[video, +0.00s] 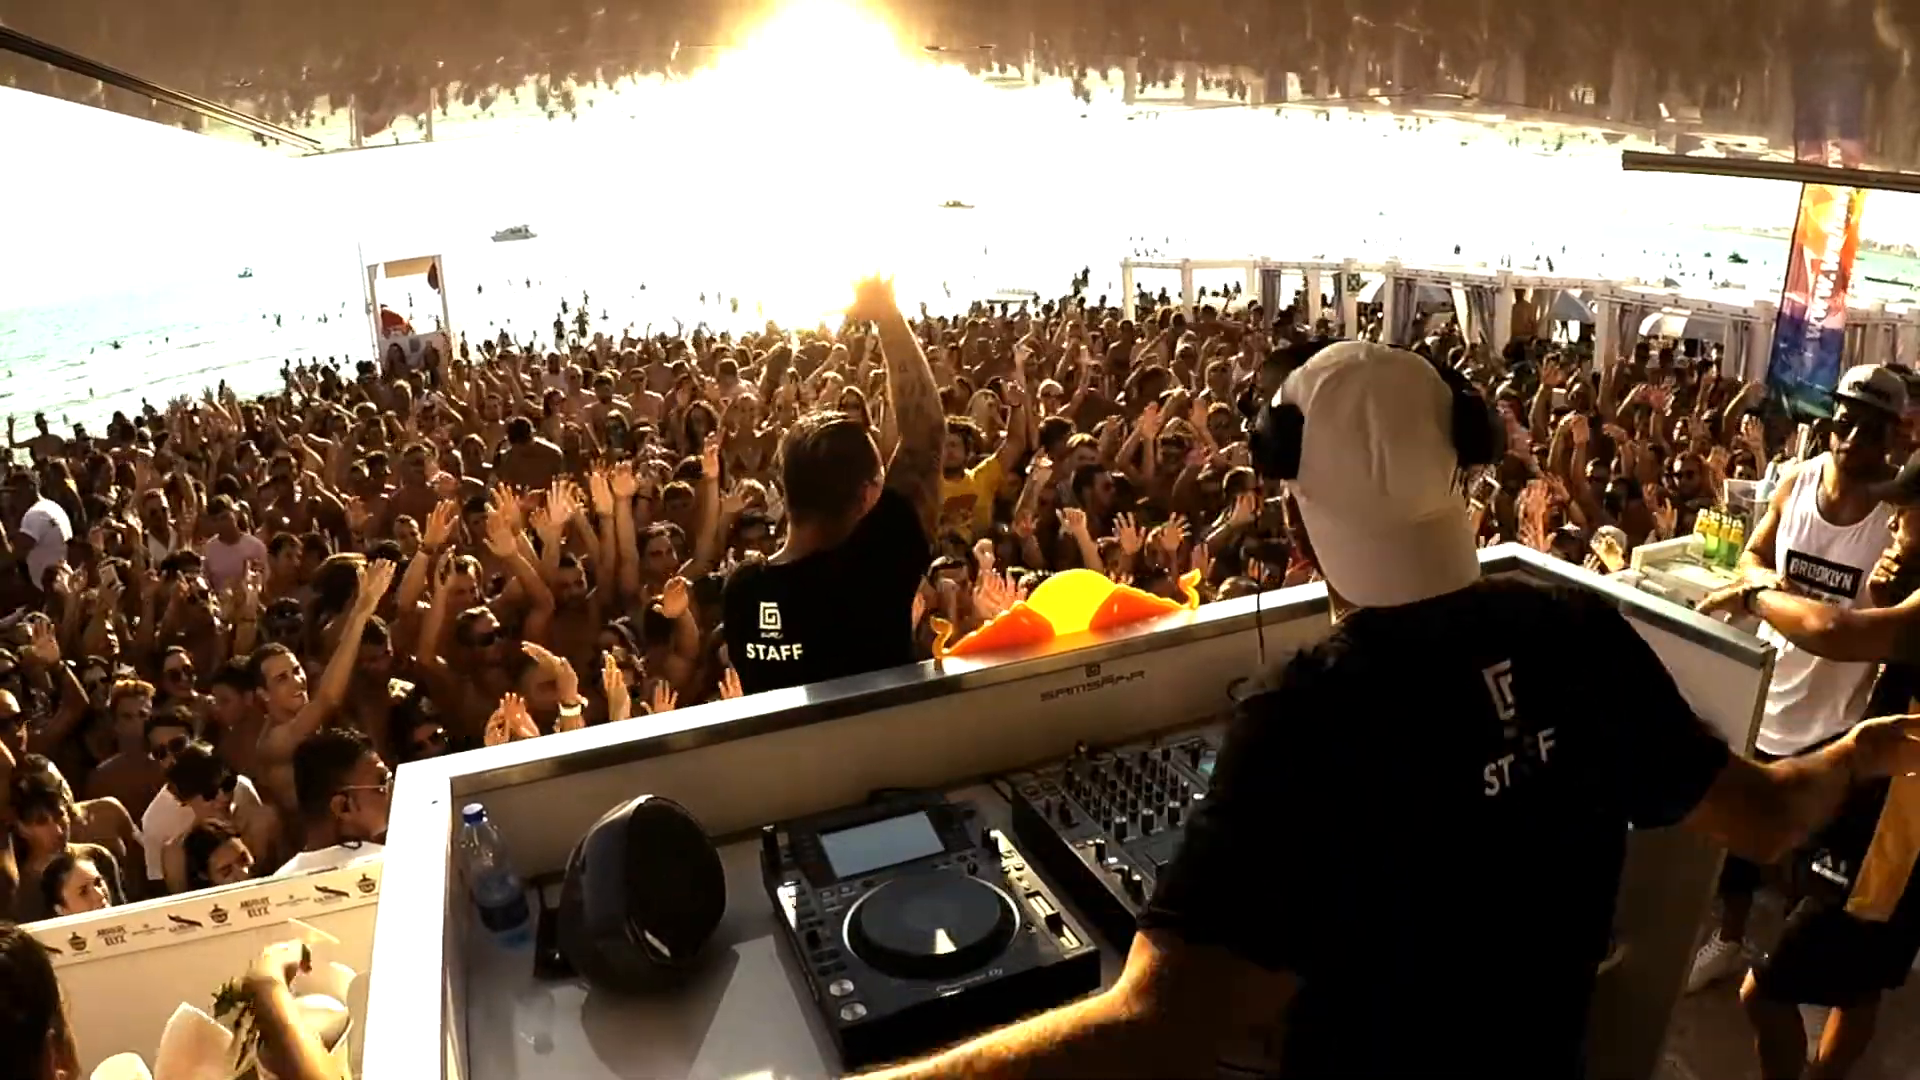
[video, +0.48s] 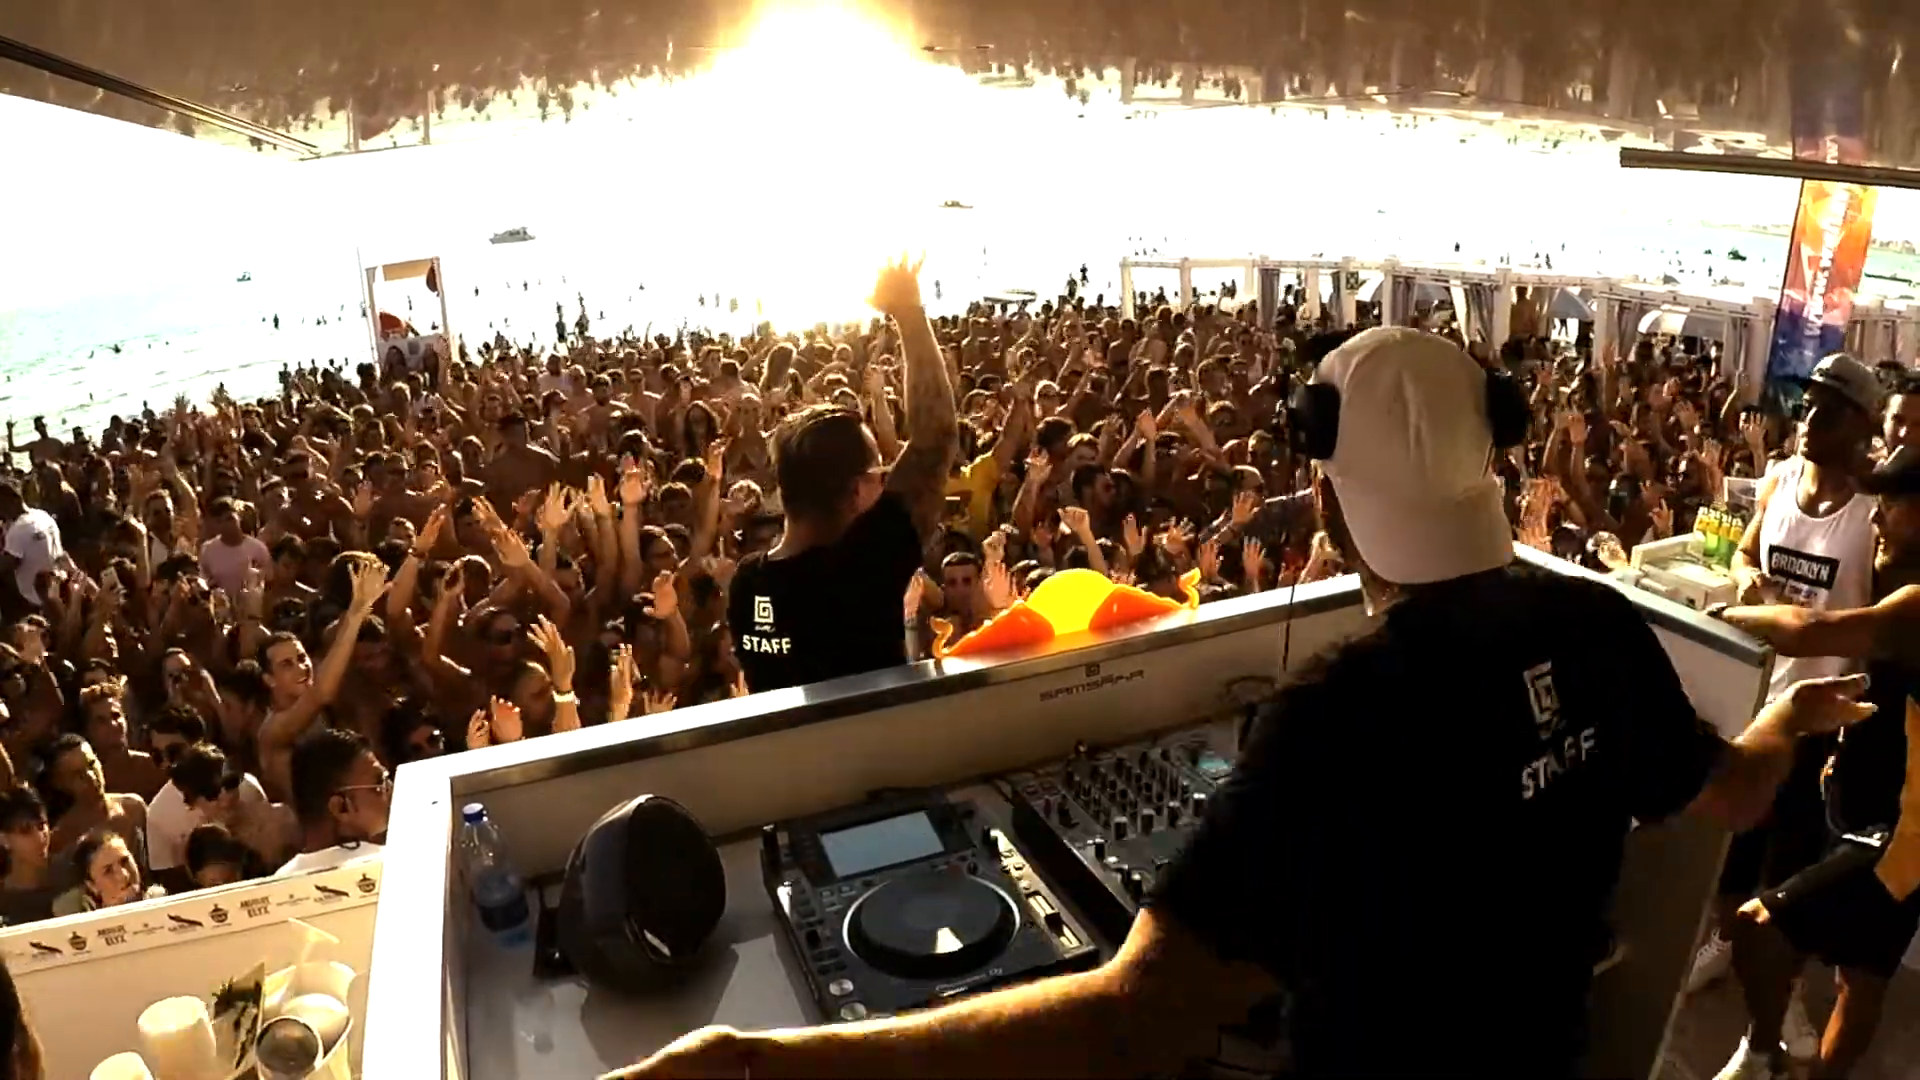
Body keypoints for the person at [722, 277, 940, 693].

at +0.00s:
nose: (883, 488)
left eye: (880, 477)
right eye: (880, 478)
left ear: (786, 489)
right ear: (868, 494)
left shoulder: (740, 592)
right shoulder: (878, 568)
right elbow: (924, 434)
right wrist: (886, 312)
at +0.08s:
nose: (884, 490)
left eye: (880, 477)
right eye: (881, 480)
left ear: (786, 487)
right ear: (868, 496)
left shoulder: (739, 588)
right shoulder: (876, 565)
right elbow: (927, 430)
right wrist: (892, 304)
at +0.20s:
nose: (883, 487)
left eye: (878, 475)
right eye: (879, 476)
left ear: (791, 479)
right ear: (869, 491)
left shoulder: (745, 590)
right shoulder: (878, 561)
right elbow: (927, 430)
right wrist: (899, 310)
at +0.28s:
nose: (884, 491)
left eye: (882, 480)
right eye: (881, 480)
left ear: (787, 491)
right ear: (864, 494)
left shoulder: (746, 588)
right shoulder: (877, 565)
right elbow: (935, 430)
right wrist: (896, 309)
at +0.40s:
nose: (884, 486)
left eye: (881, 475)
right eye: (879, 474)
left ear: (787, 484)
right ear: (860, 489)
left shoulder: (745, 584)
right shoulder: (870, 560)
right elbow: (936, 434)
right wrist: (910, 306)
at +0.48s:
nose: (884, 485)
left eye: (880, 473)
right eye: (878, 473)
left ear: (787, 487)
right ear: (857, 491)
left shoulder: (745, 585)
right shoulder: (869, 562)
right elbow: (933, 438)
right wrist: (909, 311)